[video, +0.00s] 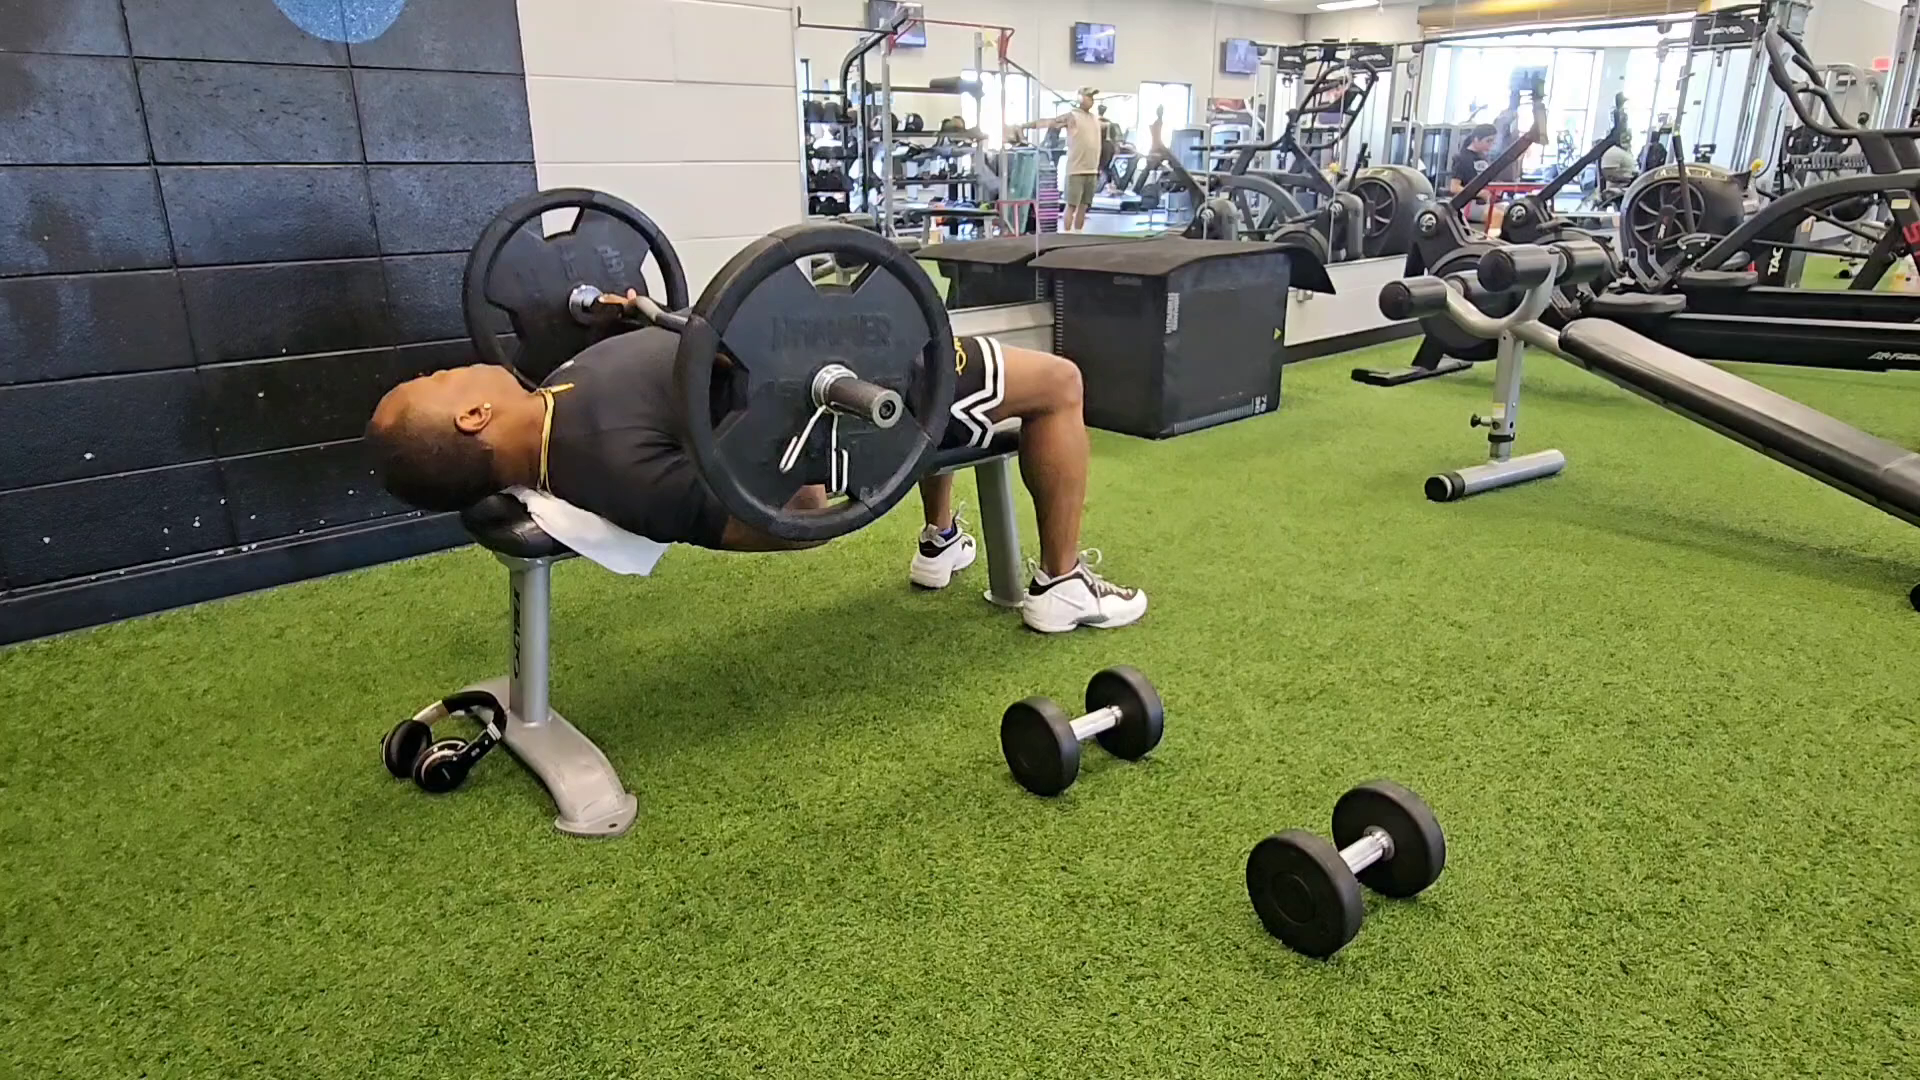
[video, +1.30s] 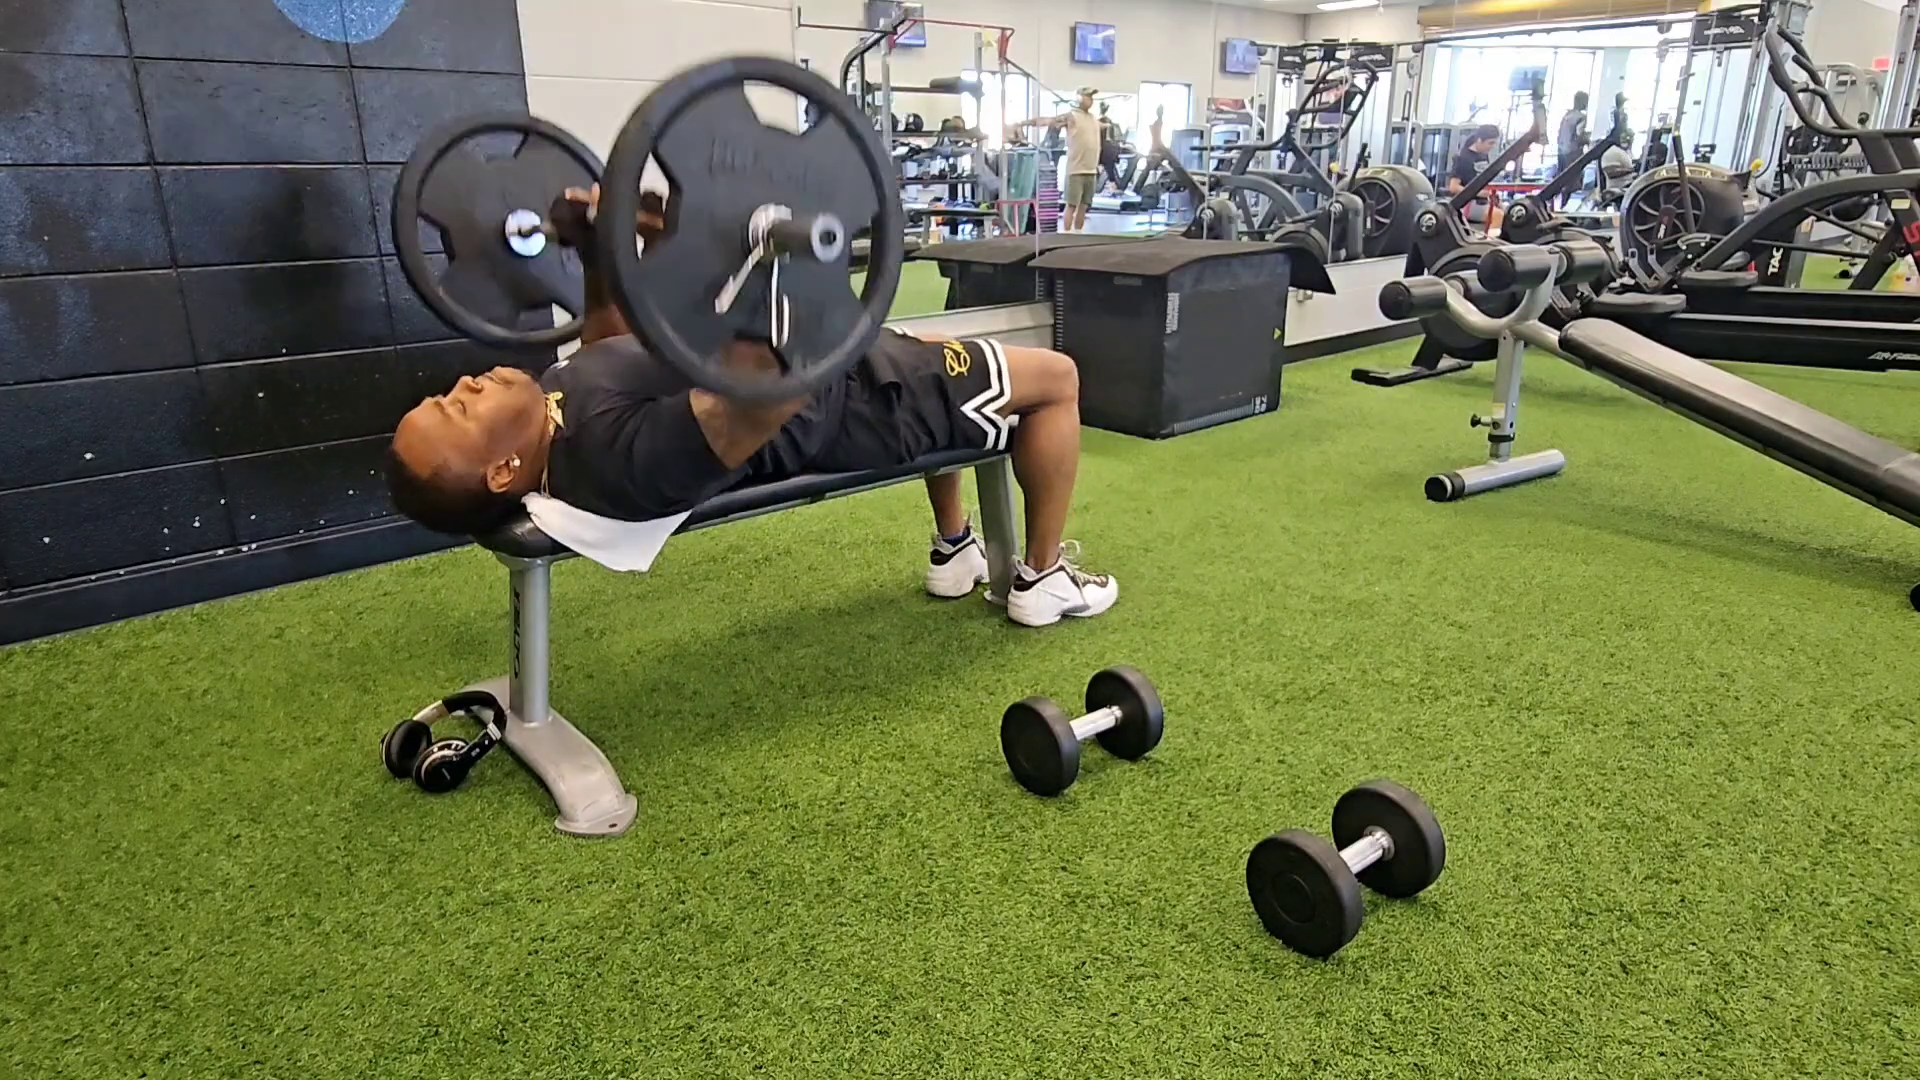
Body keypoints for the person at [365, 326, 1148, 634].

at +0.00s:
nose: (465, 363)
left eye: (441, 368)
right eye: (451, 376)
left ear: (473, 426)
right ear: (474, 421)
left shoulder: (555, 399)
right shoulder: (620, 476)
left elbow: (682, 358)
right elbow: (781, 524)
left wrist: (641, 322)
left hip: (795, 369)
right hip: (841, 428)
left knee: (929, 343)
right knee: (1056, 381)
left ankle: (942, 540)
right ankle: (1064, 582)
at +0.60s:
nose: (470, 371)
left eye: (441, 385)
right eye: (459, 400)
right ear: (508, 475)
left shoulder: (552, 404)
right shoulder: (631, 470)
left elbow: (624, 369)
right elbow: (781, 516)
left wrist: (635, 333)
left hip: (789, 375)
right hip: (849, 425)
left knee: (925, 346)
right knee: (1053, 374)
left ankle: (944, 546)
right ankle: (1056, 581)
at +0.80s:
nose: (470, 373)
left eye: (445, 386)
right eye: (459, 397)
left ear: (501, 461)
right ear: (507, 465)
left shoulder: (559, 405)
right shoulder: (615, 459)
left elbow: (646, 350)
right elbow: (757, 444)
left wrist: (640, 275)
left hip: (788, 377)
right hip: (839, 416)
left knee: (932, 346)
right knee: (1054, 374)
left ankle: (943, 542)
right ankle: (1055, 579)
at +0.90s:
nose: (459, 376)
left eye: (440, 390)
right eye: (451, 405)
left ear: (497, 466)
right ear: (502, 472)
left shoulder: (548, 401)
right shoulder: (614, 453)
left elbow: (596, 316)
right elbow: (740, 369)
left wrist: (602, 203)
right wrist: (770, 213)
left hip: (802, 358)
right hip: (842, 394)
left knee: (938, 339)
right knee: (1053, 379)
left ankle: (946, 546)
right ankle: (1057, 580)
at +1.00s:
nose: (469, 376)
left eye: (443, 389)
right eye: (460, 401)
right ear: (503, 466)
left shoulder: (544, 384)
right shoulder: (615, 444)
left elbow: (573, 261)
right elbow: (698, 294)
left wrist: (574, 133)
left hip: (801, 348)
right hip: (848, 391)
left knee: (936, 354)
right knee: (1051, 374)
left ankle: (955, 544)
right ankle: (1055, 578)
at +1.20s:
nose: (462, 375)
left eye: (440, 390)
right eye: (451, 406)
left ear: (498, 466)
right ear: (501, 471)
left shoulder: (538, 403)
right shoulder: (615, 455)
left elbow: (599, 315)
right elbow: (743, 353)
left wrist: (590, 199)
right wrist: (721, 202)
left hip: (799, 352)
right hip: (846, 393)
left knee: (931, 341)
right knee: (1052, 377)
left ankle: (951, 543)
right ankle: (1048, 578)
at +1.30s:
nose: (479, 373)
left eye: (451, 385)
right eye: (465, 399)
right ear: (504, 470)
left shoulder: (553, 398)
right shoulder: (622, 458)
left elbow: (611, 331)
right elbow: (753, 397)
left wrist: (591, 248)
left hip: (798, 365)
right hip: (843, 407)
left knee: (933, 345)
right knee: (1054, 377)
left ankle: (957, 546)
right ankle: (1045, 577)